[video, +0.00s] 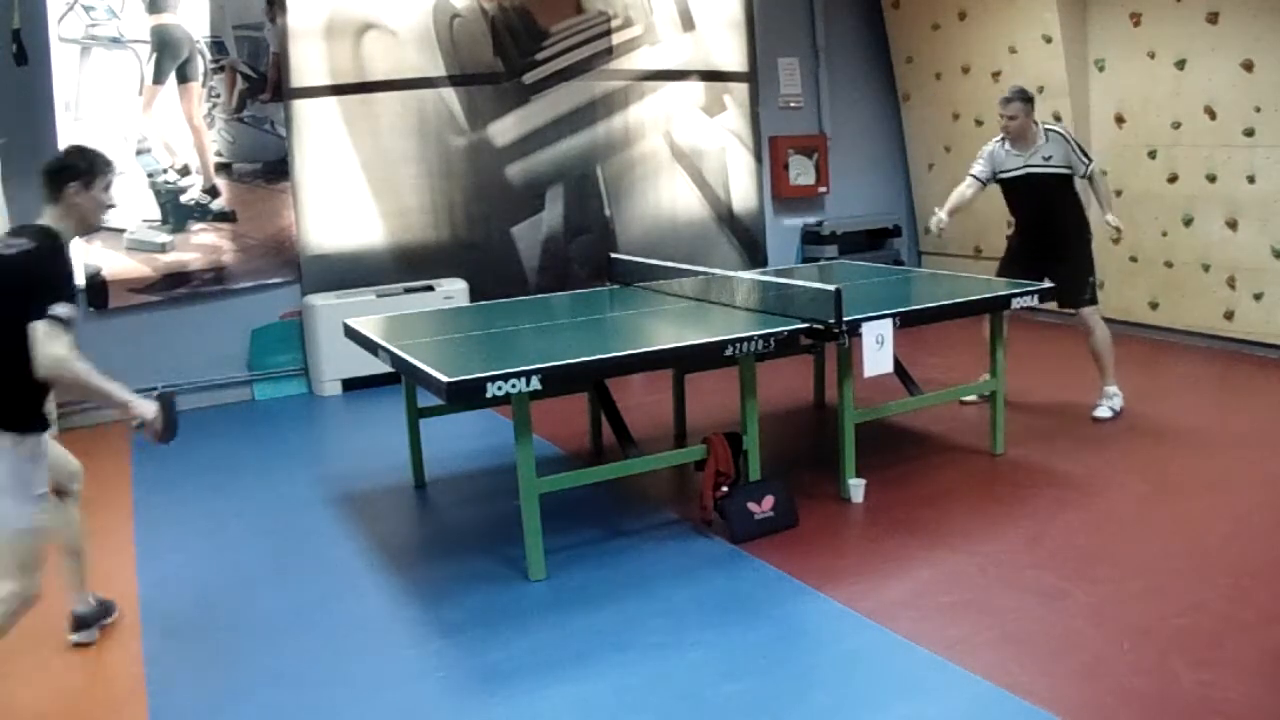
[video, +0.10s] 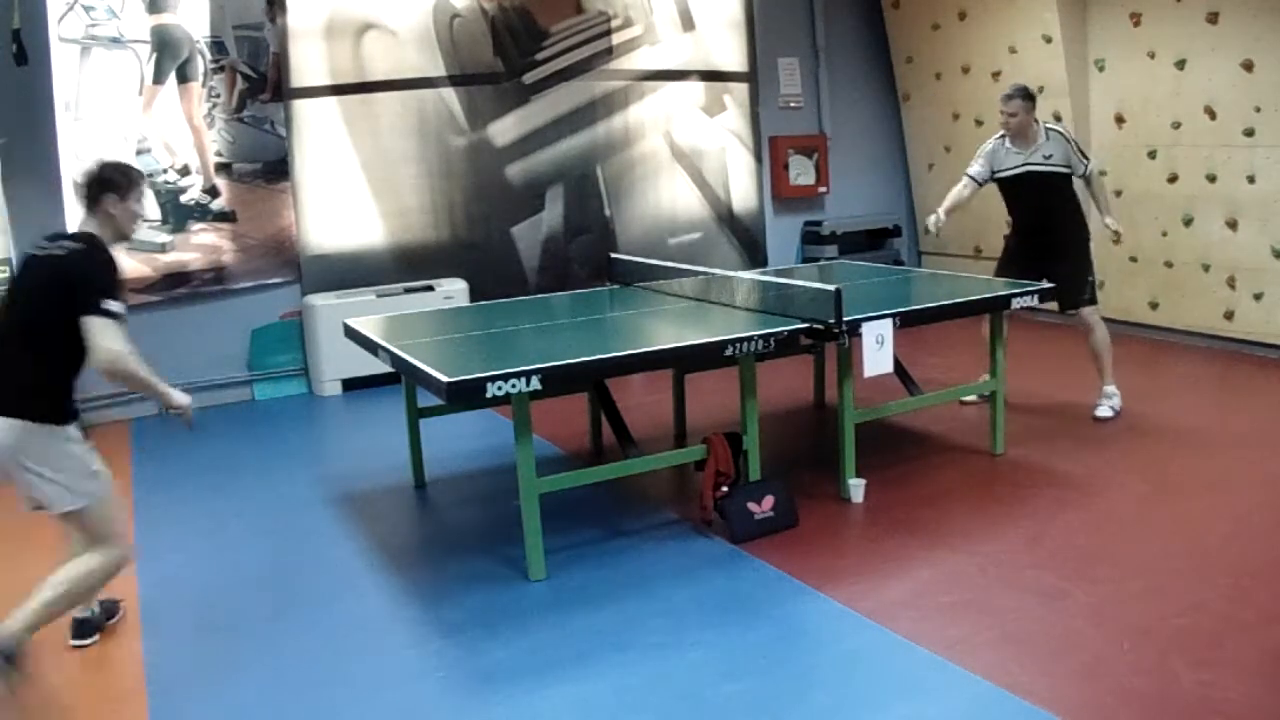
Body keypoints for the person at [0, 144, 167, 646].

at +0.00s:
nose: (109, 203)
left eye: (110, 192)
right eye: (104, 191)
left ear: (67, 193)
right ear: (74, 192)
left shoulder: (21, 243)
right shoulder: (46, 252)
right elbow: (51, 358)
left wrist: (182, 265)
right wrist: (131, 402)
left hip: (16, 429)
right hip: (11, 435)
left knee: (68, 476)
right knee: (18, 588)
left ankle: (83, 606)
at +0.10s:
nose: (142, 212)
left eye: (141, 202)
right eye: (137, 202)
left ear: (96, 205)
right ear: (110, 203)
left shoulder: (47, 251)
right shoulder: (94, 261)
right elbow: (108, 355)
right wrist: (167, 394)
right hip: (37, 421)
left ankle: (84, 613)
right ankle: (12, 635)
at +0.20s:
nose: (172, 236)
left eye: (172, 226)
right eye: (168, 226)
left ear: (126, 224)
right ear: (145, 224)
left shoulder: (72, 264)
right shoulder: (145, 276)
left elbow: (25, 340)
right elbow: (185, 363)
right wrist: (207, 392)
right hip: (72, 417)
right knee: (182, 501)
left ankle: (88, 610)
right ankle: (151, 638)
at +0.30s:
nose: (189, 250)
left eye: (188, 241)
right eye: (186, 241)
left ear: (139, 236)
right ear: (170, 239)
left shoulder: (89, 275)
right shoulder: (180, 291)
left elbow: (27, 338)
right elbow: (223, 356)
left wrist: (7, 387)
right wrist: (221, 345)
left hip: (56, 423)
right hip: (120, 424)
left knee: (128, 486)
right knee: (203, 522)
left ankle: (120, 575)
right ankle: (167, 642)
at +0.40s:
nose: (208, 252)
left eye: (207, 244)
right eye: (205, 245)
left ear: (158, 242)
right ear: (190, 246)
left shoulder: (111, 276)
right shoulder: (202, 291)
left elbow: (53, 309)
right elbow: (251, 339)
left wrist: (5, 342)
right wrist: (243, 315)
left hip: (90, 414)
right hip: (151, 415)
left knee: (165, 472)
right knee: (198, 527)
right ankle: (173, 637)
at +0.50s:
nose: (222, 243)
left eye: (221, 234)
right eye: (219, 235)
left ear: (172, 233)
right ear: (202, 236)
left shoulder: (129, 264)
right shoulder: (216, 280)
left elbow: (82, 290)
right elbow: (268, 313)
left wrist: (26, 317)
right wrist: (287, 298)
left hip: (111, 397)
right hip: (170, 399)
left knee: (182, 463)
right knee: (214, 508)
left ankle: (214, 537)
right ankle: (187, 589)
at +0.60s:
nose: (230, 225)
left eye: (229, 217)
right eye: (227, 217)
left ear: (180, 211)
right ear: (209, 215)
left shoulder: (138, 240)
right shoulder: (223, 259)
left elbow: (92, 271)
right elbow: (289, 286)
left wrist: (42, 309)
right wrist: (341, 293)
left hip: (122, 370)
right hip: (176, 370)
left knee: (180, 446)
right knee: (229, 465)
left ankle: (217, 529)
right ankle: (209, 541)